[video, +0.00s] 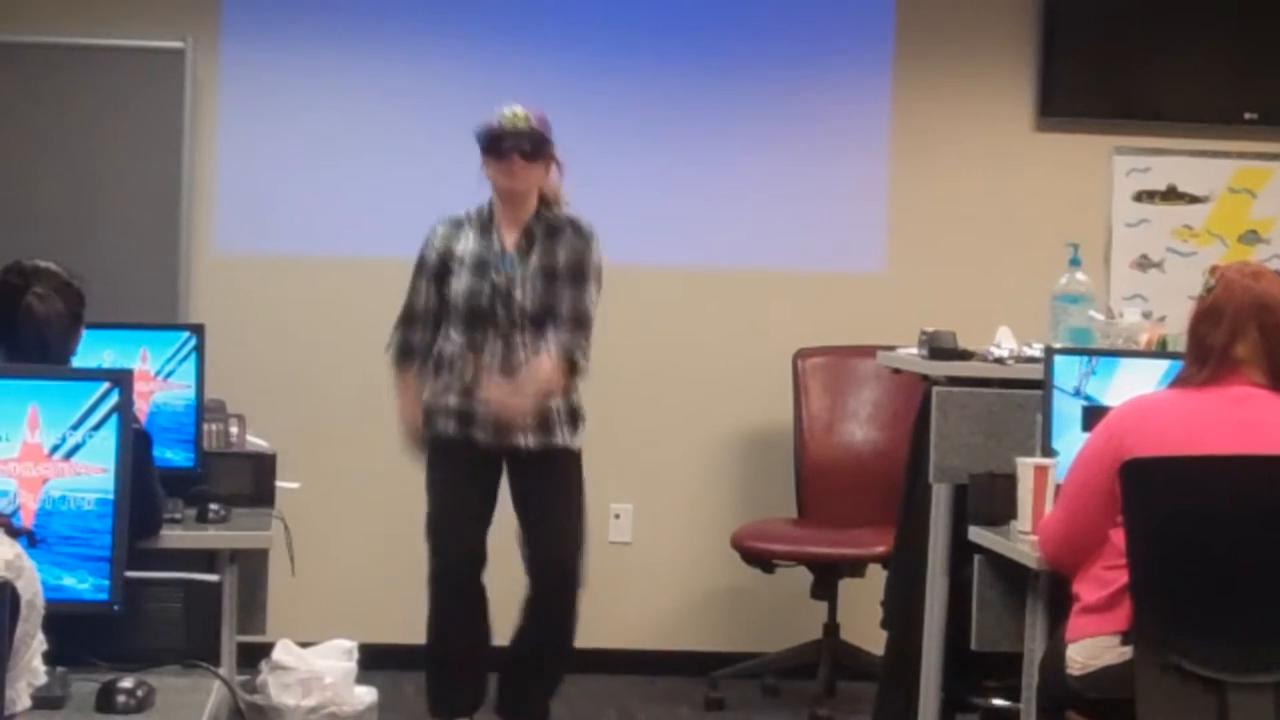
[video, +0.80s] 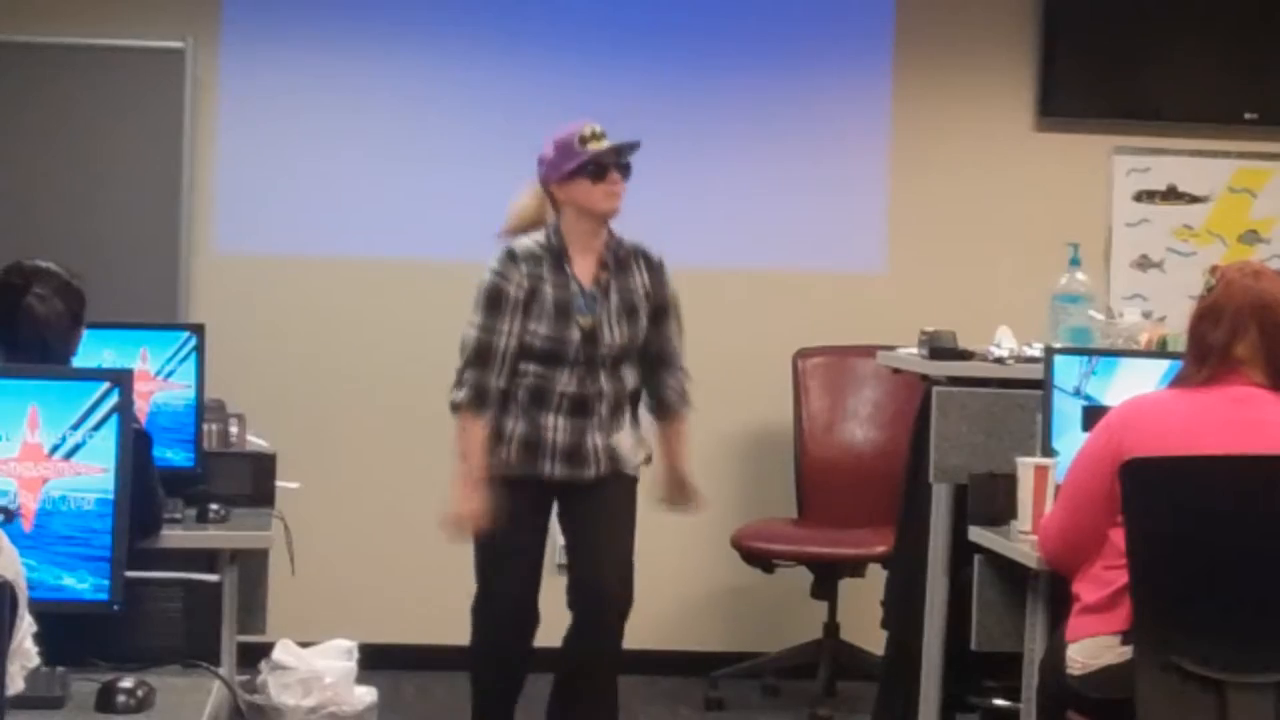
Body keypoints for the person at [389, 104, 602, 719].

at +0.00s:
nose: (511, 165)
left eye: (526, 155)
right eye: (499, 153)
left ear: (548, 166)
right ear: (483, 162)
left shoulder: (572, 240)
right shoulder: (449, 236)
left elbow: (572, 335)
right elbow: (414, 329)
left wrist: (526, 389)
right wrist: (411, 402)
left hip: (543, 430)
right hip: (457, 426)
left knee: (557, 572)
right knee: (453, 568)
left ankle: (524, 706)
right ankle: (454, 703)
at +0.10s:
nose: (536, 177)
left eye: (547, 168)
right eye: (521, 167)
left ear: (558, 180)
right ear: (492, 178)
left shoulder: (576, 257)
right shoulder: (450, 249)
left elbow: (594, 366)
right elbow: (407, 349)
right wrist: (400, 440)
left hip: (549, 450)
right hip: (460, 449)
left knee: (580, 580)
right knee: (454, 592)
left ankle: (533, 714)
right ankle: (446, 714)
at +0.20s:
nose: (556, 163)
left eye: (564, 154)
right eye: (540, 154)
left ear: (571, 164)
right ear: (506, 161)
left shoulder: (589, 240)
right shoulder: (465, 229)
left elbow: (632, 326)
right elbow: (424, 316)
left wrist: (667, 413)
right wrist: (440, 393)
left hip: (556, 433)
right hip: (471, 430)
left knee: (575, 569)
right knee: (458, 575)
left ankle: (569, 711)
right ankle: (437, 711)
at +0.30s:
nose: (571, 175)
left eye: (577, 165)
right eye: (555, 164)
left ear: (581, 173)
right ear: (519, 173)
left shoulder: (592, 243)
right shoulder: (487, 231)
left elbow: (640, 303)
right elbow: (456, 306)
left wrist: (692, 364)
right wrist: (500, 370)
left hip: (569, 441)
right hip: (484, 438)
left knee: (581, 579)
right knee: (464, 580)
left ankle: (578, 710)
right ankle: (439, 707)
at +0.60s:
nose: (600, 158)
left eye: (601, 148)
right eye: (584, 149)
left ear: (599, 157)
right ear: (540, 161)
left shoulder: (620, 231)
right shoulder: (496, 232)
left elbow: (627, 327)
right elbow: (501, 328)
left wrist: (610, 371)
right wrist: (568, 375)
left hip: (601, 440)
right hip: (511, 437)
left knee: (597, 591)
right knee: (501, 591)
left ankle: (576, 715)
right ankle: (496, 714)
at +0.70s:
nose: (610, 163)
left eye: (611, 153)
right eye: (593, 154)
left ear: (610, 160)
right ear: (551, 166)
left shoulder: (633, 241)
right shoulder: (507, 237)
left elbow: (639, 357)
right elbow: (485, 350)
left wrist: (586, 432)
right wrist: (532, 429)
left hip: (604, 450)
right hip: (511, 447)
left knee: (595, 608)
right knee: (501, 603)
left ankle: (572, 717)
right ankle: (495, 714)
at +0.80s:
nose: (614, 181)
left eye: (617, 170)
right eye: (595, 172)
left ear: (623, 179)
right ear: (558, 187)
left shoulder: (644, 269)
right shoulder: (519, 265)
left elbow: (665, 370)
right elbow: (480, 377)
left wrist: (676, 463)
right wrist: (471, 480)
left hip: (604, 460)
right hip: (515, 458)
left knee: (605, 607)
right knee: (505, 610)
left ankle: (580, 716)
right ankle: (492, 713)